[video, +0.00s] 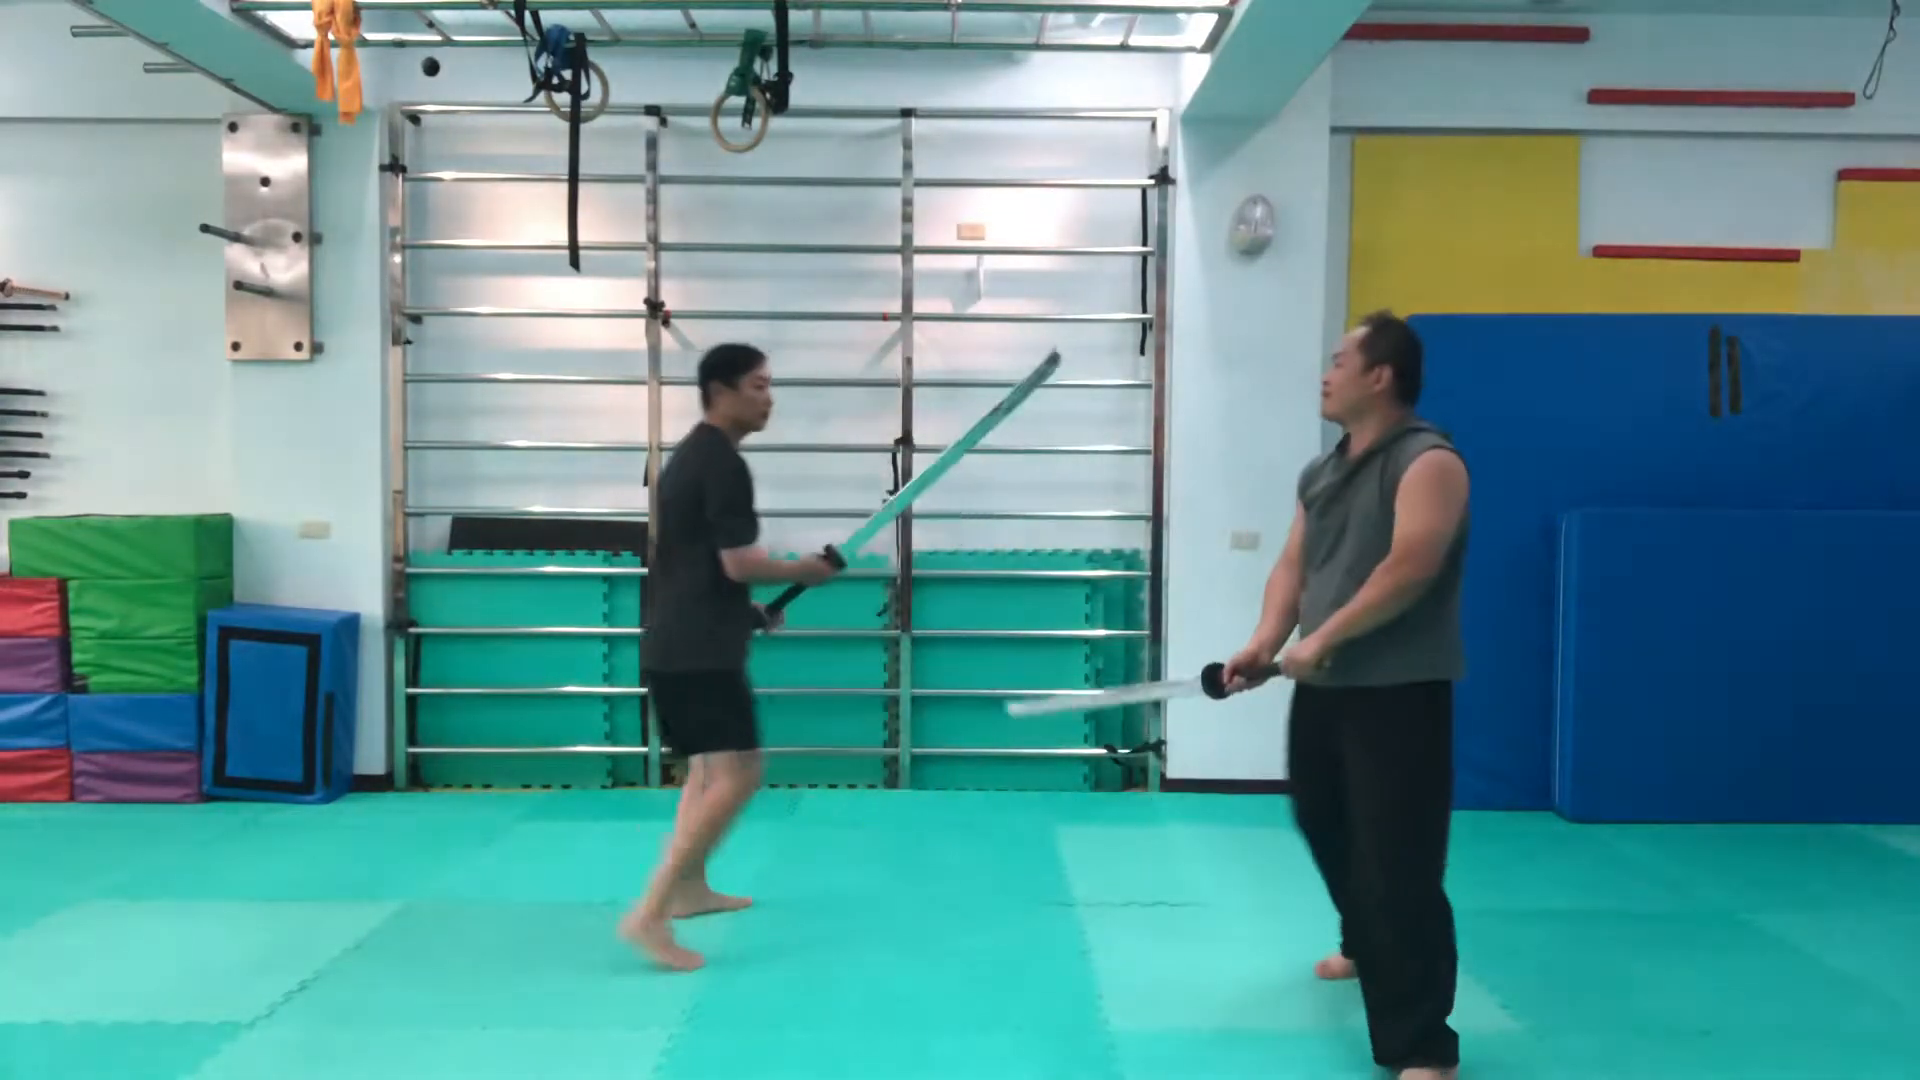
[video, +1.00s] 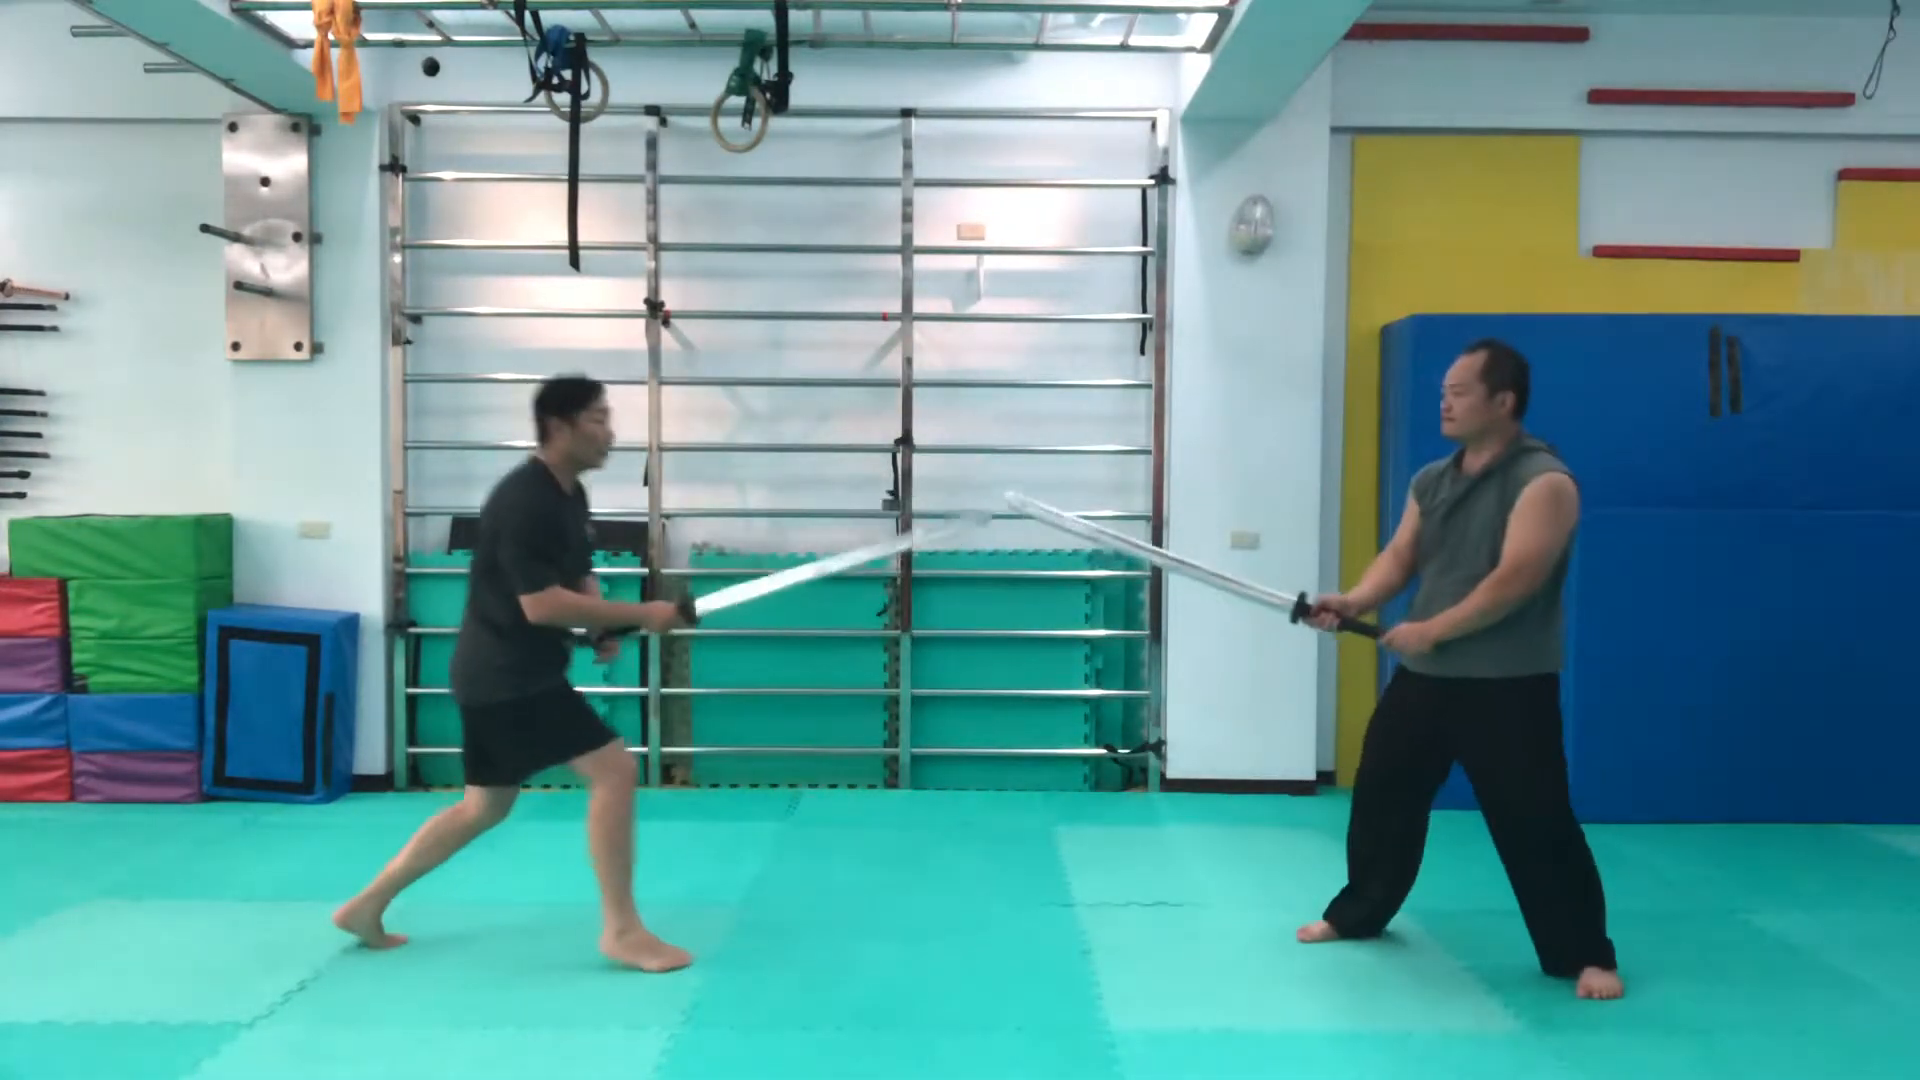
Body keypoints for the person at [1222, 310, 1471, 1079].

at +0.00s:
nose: (1325, 375)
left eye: (1339, 364)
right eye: (1330, 363)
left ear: (1383, 378)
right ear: (1363, 378)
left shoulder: (1430, 462)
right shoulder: (1323, 472)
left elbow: (1411, 567)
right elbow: (1292, 567)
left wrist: (1323, 638)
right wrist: (1265, 642)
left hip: (1401, 695)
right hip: (1325, 689)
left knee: (1396, 869)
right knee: (1323, 820)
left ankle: (1421, 1049)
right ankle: (1367, 941)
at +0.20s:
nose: (1320, 379)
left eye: (1334, 367)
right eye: (1323, 367)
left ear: (1380, 377)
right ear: (1362, 380)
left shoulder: (1437, 454)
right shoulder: (1323, 469)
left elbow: (1437, 559)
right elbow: (1303, 559)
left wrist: (1360, 630)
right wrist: (1279, 632)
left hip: (1429, 675)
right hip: (1352, 676)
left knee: (1443, 832)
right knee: (1357, 816)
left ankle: (1484, 1004)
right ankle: (1383, 950)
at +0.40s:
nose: (1363, 373)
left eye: (1376, 362)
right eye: (1363, 362)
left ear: (1421, 373)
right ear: (1385, 374)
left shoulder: (1471, 451)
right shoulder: (1359, 462)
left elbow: (1472, 552)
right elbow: (1338, 548)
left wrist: (1394, 621)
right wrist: (1316, 608)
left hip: (1456, 668)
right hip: (1372, 669)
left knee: (1494, 813)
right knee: (1365, 812)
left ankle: (1576, 941)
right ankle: (1377, 951)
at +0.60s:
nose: (1419, 388)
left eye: (1433, 377)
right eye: (1420, 376)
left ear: (1479, 386)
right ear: (1448, 387)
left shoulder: (1530, 467)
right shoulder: (1414, 472)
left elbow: (1515, 565)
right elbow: (1387, 551)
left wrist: (1428, 628)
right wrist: (1347, 605)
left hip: (1506, 684)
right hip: (1417, 681)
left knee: (1543, 816)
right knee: (1369, 793)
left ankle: (1594, 957)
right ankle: (1373, 944)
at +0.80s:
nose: (1451, 399)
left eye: (1465, 389)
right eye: (1451, 388)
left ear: (1512, 397)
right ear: (1465, 396)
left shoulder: (1560, 477)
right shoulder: (1443, 476)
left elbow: (1537, 573)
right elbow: (1412, 556)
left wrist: (1453, 629)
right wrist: (1367, 604)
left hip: (1529, 683)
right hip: (1438, 674)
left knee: (1549, 820)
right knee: (1373, 777)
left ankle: (1590, 960)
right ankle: (1347, 907)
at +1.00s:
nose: (1445, 402)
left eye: (1459, 393)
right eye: (1444, 391)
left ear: (1504, 402)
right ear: (1456, 400)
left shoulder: (1545, 484)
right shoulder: (1431, 481)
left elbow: (1519, 578)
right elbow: (1397, 557)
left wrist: (1432, 629)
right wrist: (1353, 601)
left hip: (1510, 689)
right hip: (1424, 681)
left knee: (1538, 824)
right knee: (1383, 793)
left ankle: (1588, 958)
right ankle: (1359, 913)